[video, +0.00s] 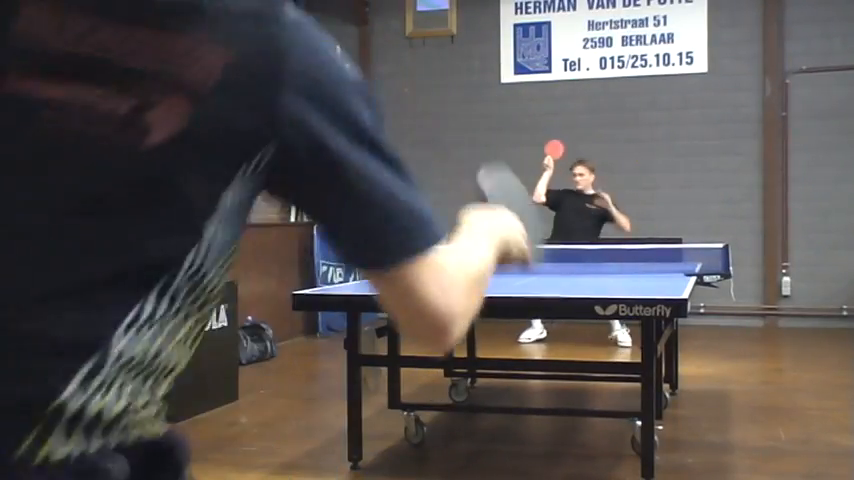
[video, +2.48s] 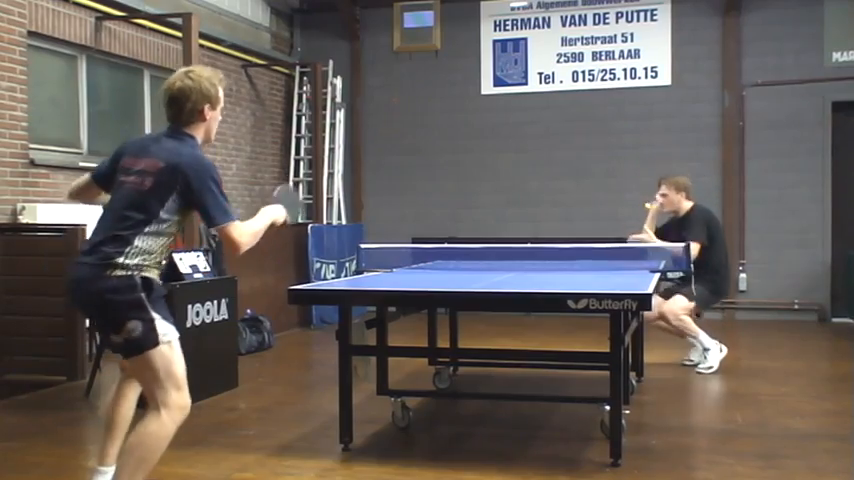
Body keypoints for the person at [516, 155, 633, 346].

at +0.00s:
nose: (577, 179)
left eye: (581, 175)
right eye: (574, 175)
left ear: (592, 177)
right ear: (571, 177)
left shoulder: (600, 200)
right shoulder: (563, 196)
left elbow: (626, 227)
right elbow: (537, 197)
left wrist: (610, 207)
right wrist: (548, 171)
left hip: (588, 256)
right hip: (557, 254)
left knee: (605, 288)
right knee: (533, 281)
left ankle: (618, 328)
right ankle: (537, 326)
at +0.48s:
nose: (604, 175)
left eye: (608, 171)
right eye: (600, 172)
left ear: (616, 174)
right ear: (595, 175)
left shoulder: (628, 197)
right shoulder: (588, 199)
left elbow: (649, 222)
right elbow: (570, 229)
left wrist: (638, 238)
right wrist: (566, 218)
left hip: (622, 256)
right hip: (590, 256)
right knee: (561, 272)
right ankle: (555, 323)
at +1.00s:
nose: (577, 194)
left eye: (580, 189)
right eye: (573, 191)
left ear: (590, 188)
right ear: (571, 193)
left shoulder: (604, 207)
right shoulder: (585, 211)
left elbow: (600, 235)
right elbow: (585, 237)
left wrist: (567, 230)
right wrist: (561, 242)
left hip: (619, 258)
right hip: (599, 258)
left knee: (563, 275)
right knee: (561, 270)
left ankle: (566, 326)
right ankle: (566, 326)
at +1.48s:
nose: (616, 169)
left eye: (621, 166)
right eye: (614, 165)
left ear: (631, 170)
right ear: (610, 168)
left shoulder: (636, 198)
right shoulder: (598, 184)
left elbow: (662, 221)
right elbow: (577, 177)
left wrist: (667, 202)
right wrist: (585, 151)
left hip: (622, 252)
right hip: (589, 249)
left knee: (650, 284)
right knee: (568, 281)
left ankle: (668, 327)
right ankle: (564, 329)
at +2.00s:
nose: (650, 177)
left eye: (651, 171)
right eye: (647, 172)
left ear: (665, 162)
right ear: (663, 164)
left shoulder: (687, 179)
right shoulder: (670, 179)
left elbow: (691, 225)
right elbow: (678, 214)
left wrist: (653, 238)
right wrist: (657, 233)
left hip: (713, 235)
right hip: (698, 235)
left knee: (693, 292)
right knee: (691, 292)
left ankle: (711, 351)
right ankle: (709, 350)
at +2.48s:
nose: (659, 200)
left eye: (664, 195)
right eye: (659, 195)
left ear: (681, 195)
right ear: (679, 196)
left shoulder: (698, 215)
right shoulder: (676, 223)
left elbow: (691, 252)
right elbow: (649, 240)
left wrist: (655, 243)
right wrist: (653, 214)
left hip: (710, 281)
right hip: (688, 279)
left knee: (671, 310)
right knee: (649, 312)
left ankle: (712, 347)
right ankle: (698, 344)